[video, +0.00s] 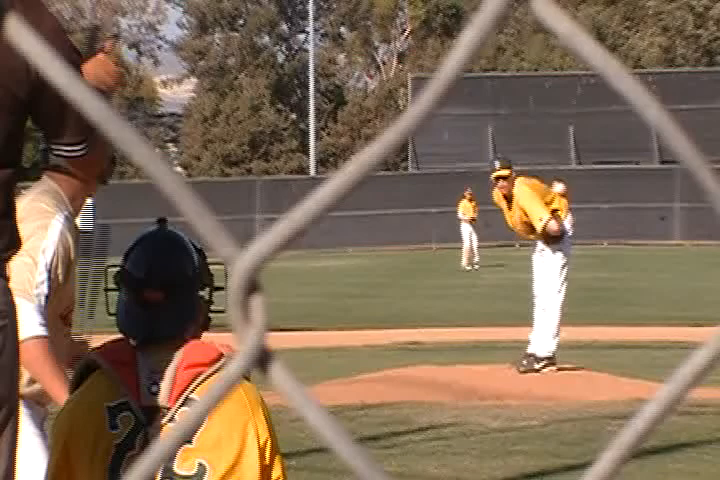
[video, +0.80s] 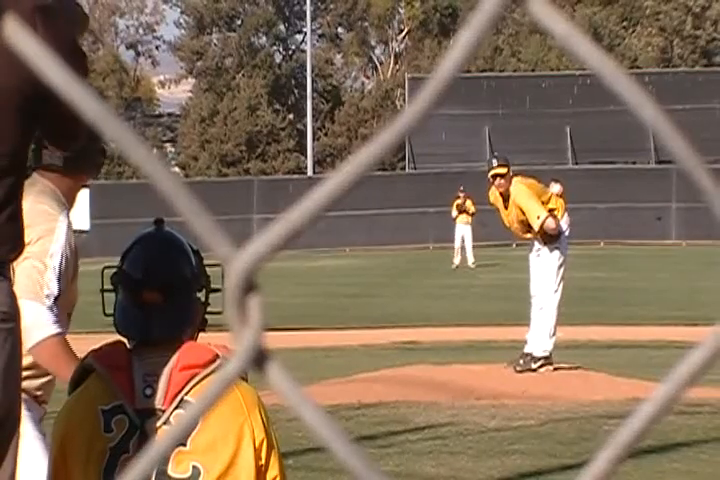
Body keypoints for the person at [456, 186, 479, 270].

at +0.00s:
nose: (469, 196)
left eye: (470, 194)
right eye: (467, 194)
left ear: (472, 195)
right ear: (465, 194)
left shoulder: (473, 203)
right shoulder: (463, 203)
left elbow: (476, 212)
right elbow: (459, 214)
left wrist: (474, 217)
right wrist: (466, 218)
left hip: (472, 222)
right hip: (465, 222)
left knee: (475, 242)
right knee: (467, 243)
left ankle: (475, 261)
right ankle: (465, 262)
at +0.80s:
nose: (462, 194)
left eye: (463, 192)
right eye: (460, 192)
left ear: (465, 193)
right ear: (458, 193)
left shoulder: (468, 201)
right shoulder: (456, 202)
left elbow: (473, 211)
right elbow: (453, 215)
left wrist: (466, 209)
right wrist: (459, 210)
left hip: (467, 223)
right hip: (459, 223)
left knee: (469, 243)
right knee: (457, 244)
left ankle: (471, 261)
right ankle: (456, 261)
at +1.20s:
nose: (453, 195)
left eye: (455, 193)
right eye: (452, 193)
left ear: (457, 193)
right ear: (450, 194)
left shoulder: (461, 200)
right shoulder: (450, 202)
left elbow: (465, 209)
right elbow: (447, 214)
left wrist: (456, 207)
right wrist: (449, 210)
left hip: (460, 223)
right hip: (452, 223)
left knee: (464, 242)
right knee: (453, 243)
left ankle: (468, 260)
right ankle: (455, 261)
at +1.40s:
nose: (452, 194)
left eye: (453, 192)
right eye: (451, 192)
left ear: (456, 193)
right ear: (449, 193)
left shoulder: (459, 201)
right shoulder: (449, 201)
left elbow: (464, 210)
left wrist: (456, 209)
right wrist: (445, 214)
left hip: (459, 222)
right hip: (451, 222)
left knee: (460, 242)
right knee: (452, 242)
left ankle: (463, 260)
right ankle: (454, 261)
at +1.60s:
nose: (451, 196)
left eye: (453, 194)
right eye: (450, 194)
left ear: (455, 194)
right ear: (449, 194)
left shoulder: (459, 201)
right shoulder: (448, 202)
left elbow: (462, 210)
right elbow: (443, 215)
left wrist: (454, 209)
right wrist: (447, 208)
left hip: (457, 223)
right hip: (450, 223)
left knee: (457, 241)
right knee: (451, 241)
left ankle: (457, 259)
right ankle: (453, 259)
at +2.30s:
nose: (451, 194)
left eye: (453, 192)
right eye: (450, 192)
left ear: (455, 194)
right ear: (448, 193)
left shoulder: (458, 202)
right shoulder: (445, 202)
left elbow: (461, 212)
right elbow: (442, 211)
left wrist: (457, 220)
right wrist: (443, 218)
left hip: (455, 223)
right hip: (447, 223)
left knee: (455, 244)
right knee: (446, 244)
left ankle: (454, 262)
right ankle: (446, 261)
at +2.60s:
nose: (446, 195)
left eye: (447, 192)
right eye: (445, 192)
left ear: (450, 194)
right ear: (443, 194)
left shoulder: (454, 202)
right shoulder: (442, 203)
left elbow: (458, 213)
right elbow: (438, 213)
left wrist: (460, 224)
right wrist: (440, 215)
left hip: (452, 223)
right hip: (444, 223)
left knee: (453, 243)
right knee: (444, 244)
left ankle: (453, 262)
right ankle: (445, 263)